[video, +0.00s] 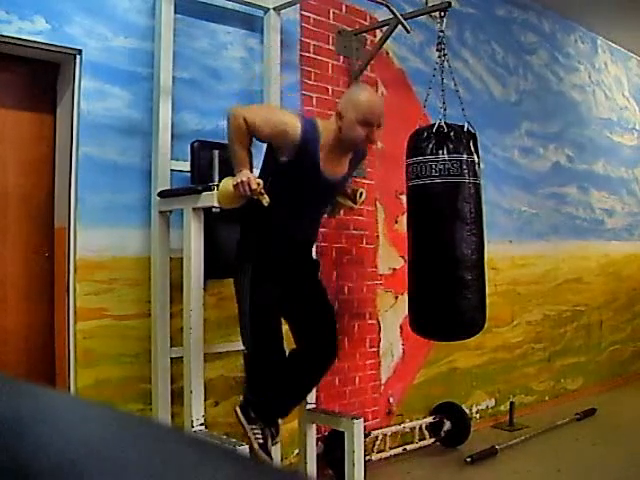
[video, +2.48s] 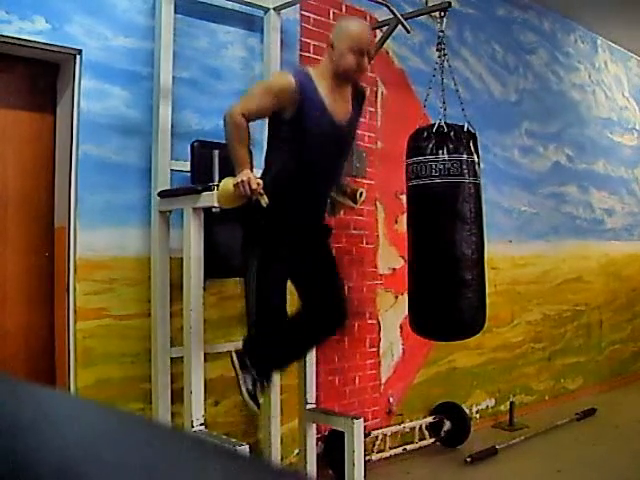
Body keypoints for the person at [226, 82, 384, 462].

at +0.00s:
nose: (373, 137)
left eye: (378, 127)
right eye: (366, 125)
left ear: (380, 124)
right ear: (340, 116)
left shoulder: (354, 153)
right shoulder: (297, 133)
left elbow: (322, 177)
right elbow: (240, 117)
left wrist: (339, 194)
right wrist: (243, 171)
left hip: (298, 259)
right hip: (259, 256)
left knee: (322, 345)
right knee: (264, 348)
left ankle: (259, 411)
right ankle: (265, 424)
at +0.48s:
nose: (364, 47)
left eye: (368, 39)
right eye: (357, 37)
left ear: (368, 42)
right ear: (331, 33)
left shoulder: (353, 80)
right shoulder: (289, 71)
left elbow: (337, 135)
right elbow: (238, 112)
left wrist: (341, 179)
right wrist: (243, 169)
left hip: (309, 208)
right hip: (269, 204)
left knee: (323, 301)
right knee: (262, 299)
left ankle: (247, 346)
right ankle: (248, 355)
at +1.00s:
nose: (373, 128)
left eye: (377, 118)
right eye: (365, 117)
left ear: (379, 116)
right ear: (339, 108)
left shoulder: (354, 150)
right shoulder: (296, 128)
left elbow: (318, 180)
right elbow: (238, 119)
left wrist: (339, 192)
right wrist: (244, 172)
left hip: (296, 256)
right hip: (258, 252)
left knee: (320, 339)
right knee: (261, 344)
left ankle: (255, 406)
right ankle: (261, 428)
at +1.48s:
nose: (367, 52)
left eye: (371, 43)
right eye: (361, 41)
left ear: (369, 45)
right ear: (335, 37)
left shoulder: (354, 83)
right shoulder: (289, 78)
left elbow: (334, 140)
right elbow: (237, 114)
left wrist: (339, 181)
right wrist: (243, 169)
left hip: (307, 210)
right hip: (268, 206)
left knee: (321, 300)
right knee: (261, 299)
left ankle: (245, 342)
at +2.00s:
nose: (366, 116)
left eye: (370, 108)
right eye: (360, 105)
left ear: (371, 108)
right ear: (335, 97)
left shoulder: (351, 143)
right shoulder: (292, 120)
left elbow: (319, 172)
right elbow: (235, 119)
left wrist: (341, 188)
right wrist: (243, 170)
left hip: (298, 251)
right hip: (258, 244)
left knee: (322, 337)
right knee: (260, 338)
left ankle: (261, 401)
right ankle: (262, 409)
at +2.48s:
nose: (364, 65)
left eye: (369, 56)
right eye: (358, 54)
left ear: (369, 57)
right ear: (333, 48)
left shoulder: (357, 94)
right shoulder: (292, 86)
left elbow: (327, 148)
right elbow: (236, 115)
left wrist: (337, 184)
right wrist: (244, 170)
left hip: (309, 221)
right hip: (269, 218)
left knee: (330, 312)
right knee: (267, 319)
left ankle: (257, 361)